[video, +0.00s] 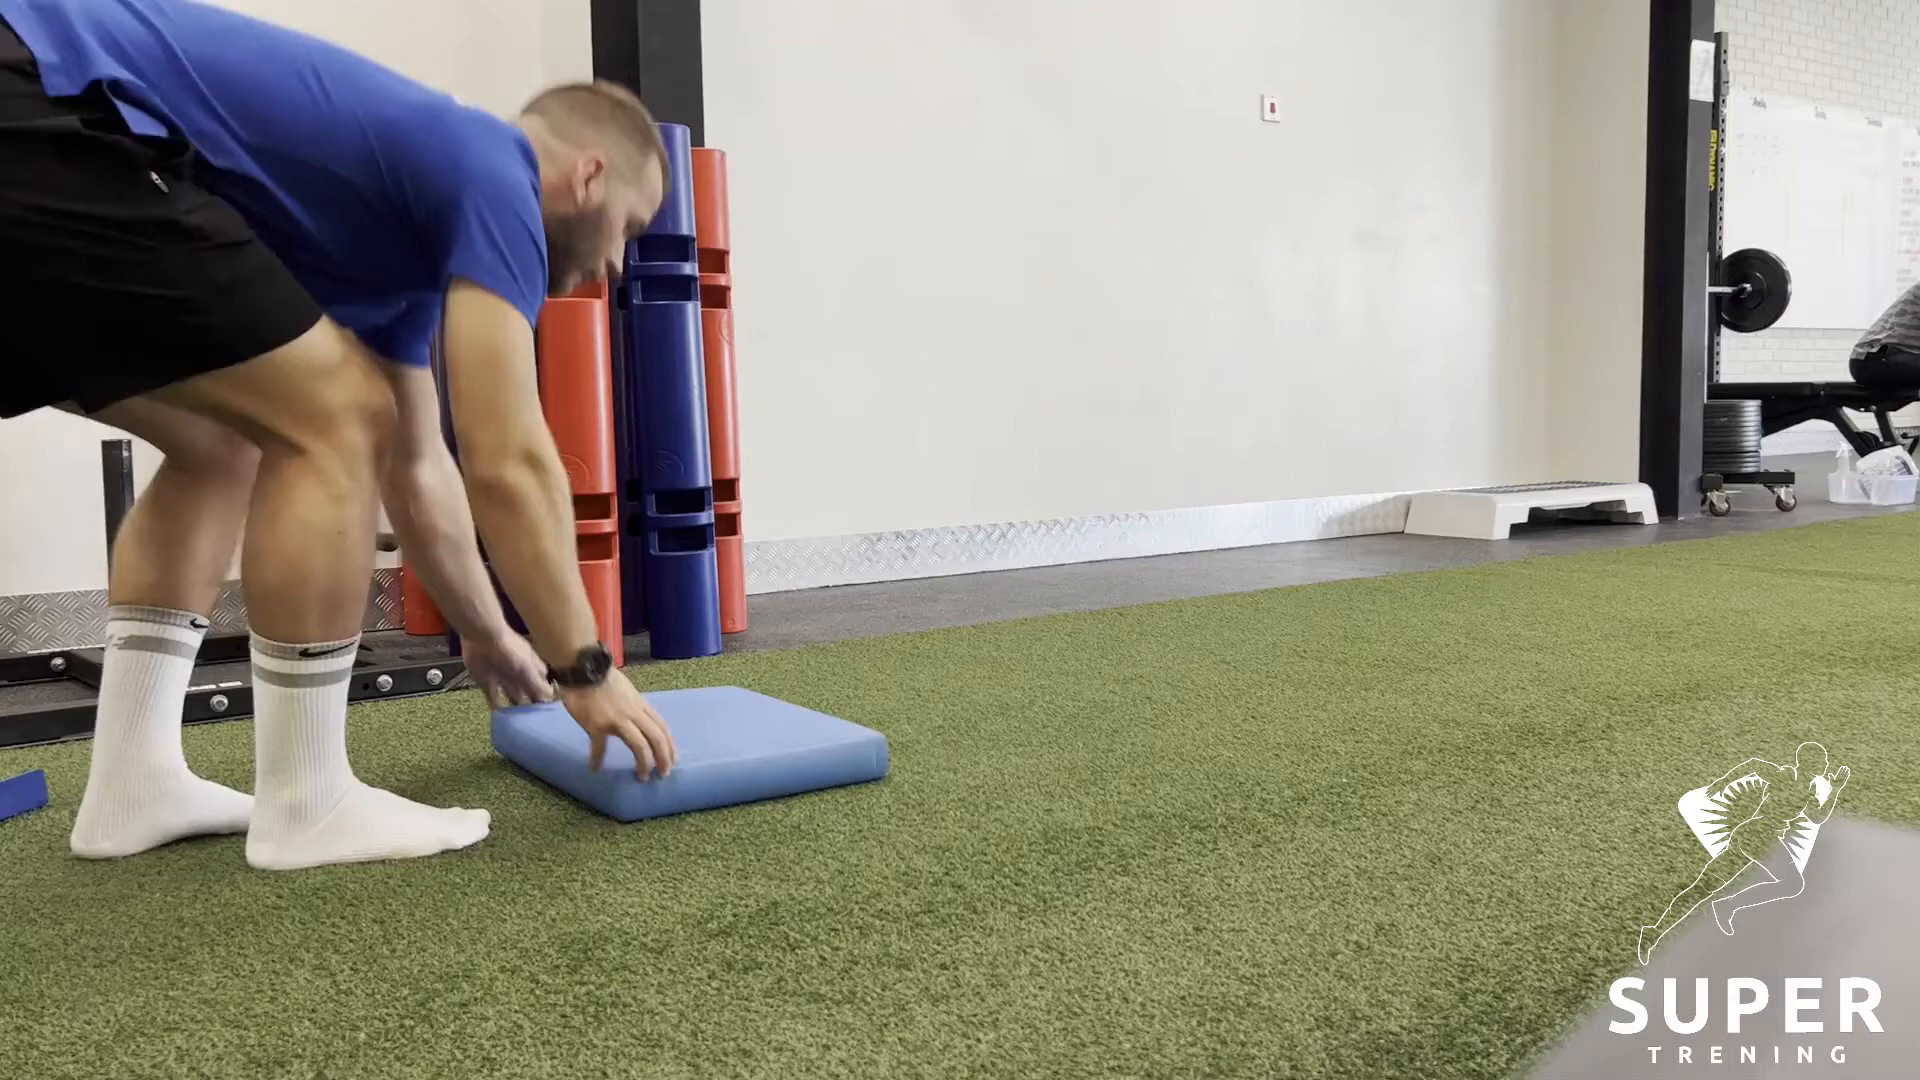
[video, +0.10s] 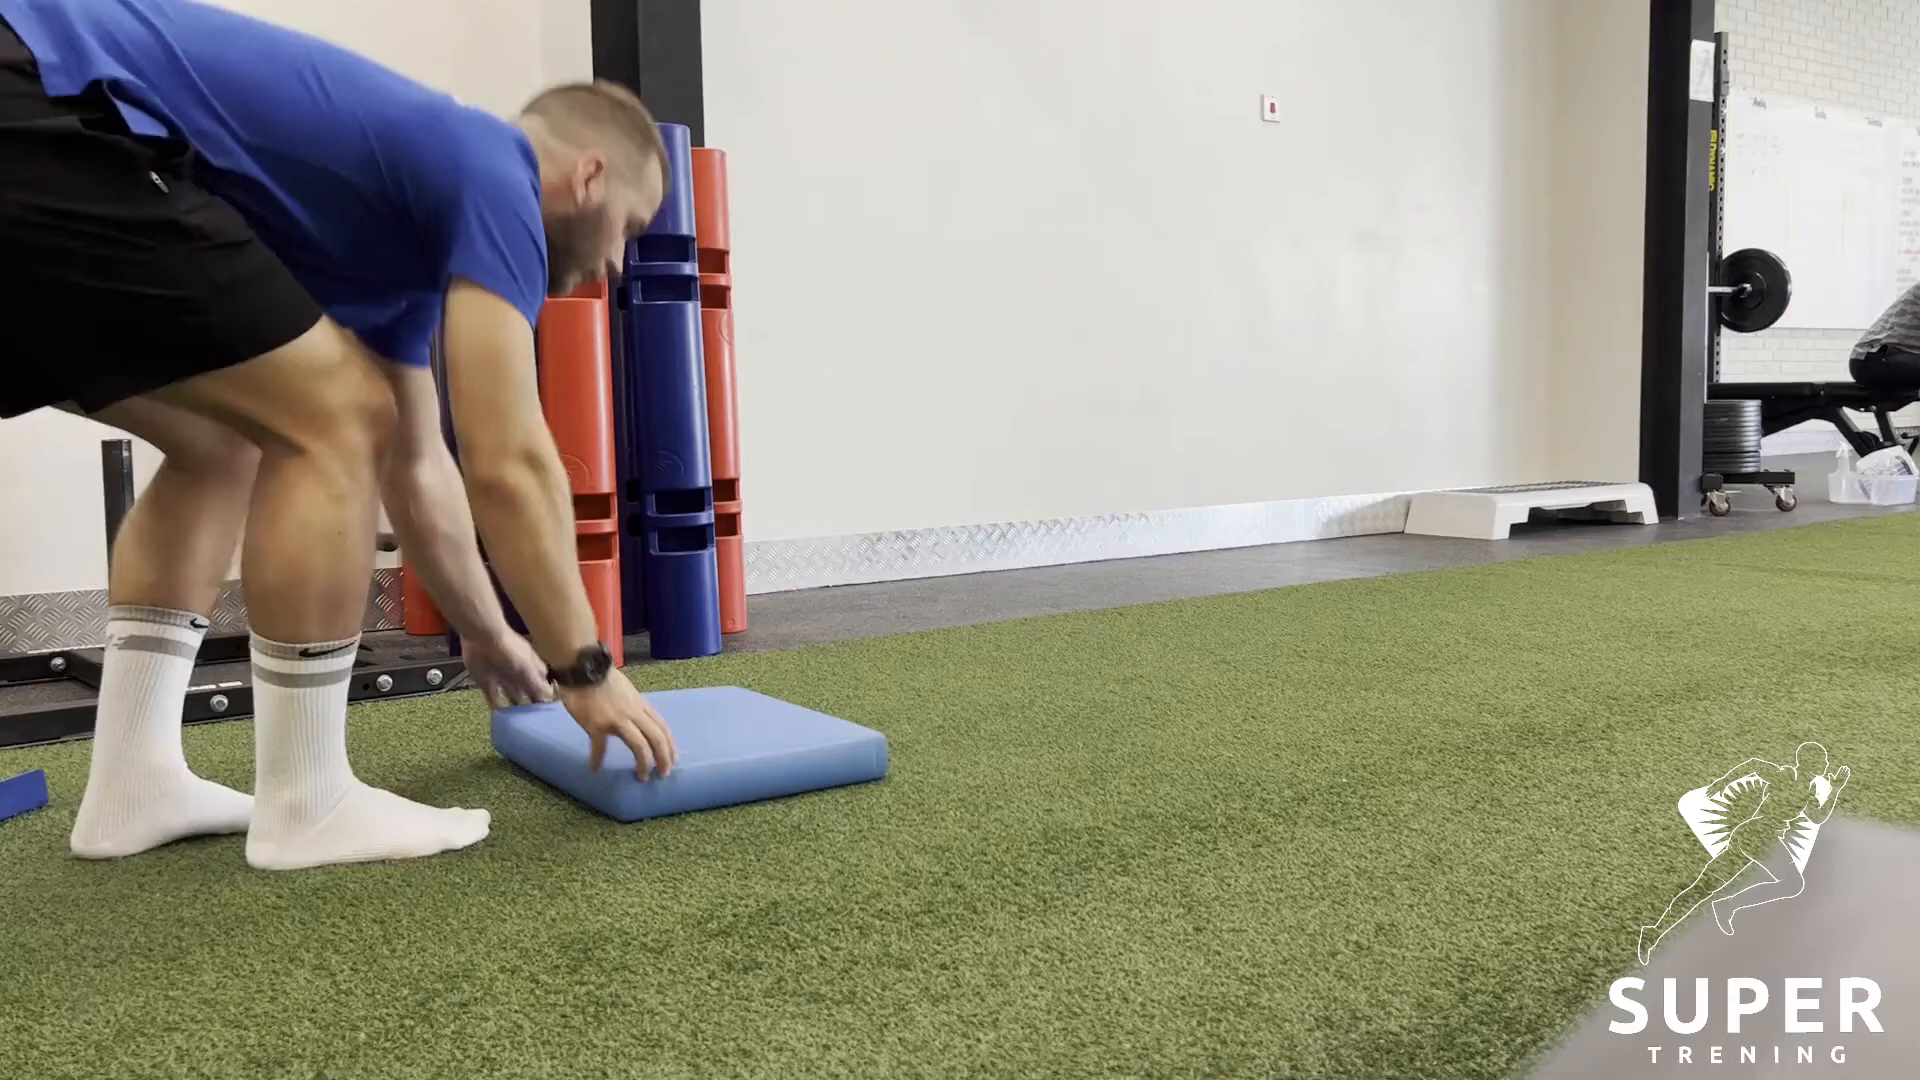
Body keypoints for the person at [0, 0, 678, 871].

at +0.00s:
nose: (617, 268)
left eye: (636, 244)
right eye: (632, 231)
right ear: (588, 177)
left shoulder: (373, 241)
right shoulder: (492, 172)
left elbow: (412, 463)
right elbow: (507, 462)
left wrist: (487, 636)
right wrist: (588, 670)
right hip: (36, 108)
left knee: (216, 446)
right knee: (333, 424)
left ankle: (131, 785)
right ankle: (305, 800)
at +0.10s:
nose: (617, 268)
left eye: (636, 244)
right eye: (632, 231)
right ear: (588, 177)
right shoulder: (492, 172)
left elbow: (412, 463)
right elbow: (507, 462)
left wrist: (487, 636)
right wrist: (588, 670)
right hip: (36, 108)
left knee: (216, 446)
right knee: (333, 424)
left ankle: (131, 785)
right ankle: (305, 800)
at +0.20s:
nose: (623, 114)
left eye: (636, 87)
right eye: (632, 76)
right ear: (585, 30)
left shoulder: (367, 84)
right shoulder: (488, 53)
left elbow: (373, 338)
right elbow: (465, 325)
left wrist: (429, 534)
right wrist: (524, 562)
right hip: (43, 98)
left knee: (205, 442)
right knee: (319, 407)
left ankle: (129, 788)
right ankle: (307, 804)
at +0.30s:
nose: (619, 11)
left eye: (630, 8)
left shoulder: (359, 26)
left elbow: (338, 240)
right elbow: (432, 205)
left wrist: (373, 448)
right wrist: (460, 449)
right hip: (53, 77)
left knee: (196, 435)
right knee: (309, 408)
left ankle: (129, 786)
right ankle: (305, 801)